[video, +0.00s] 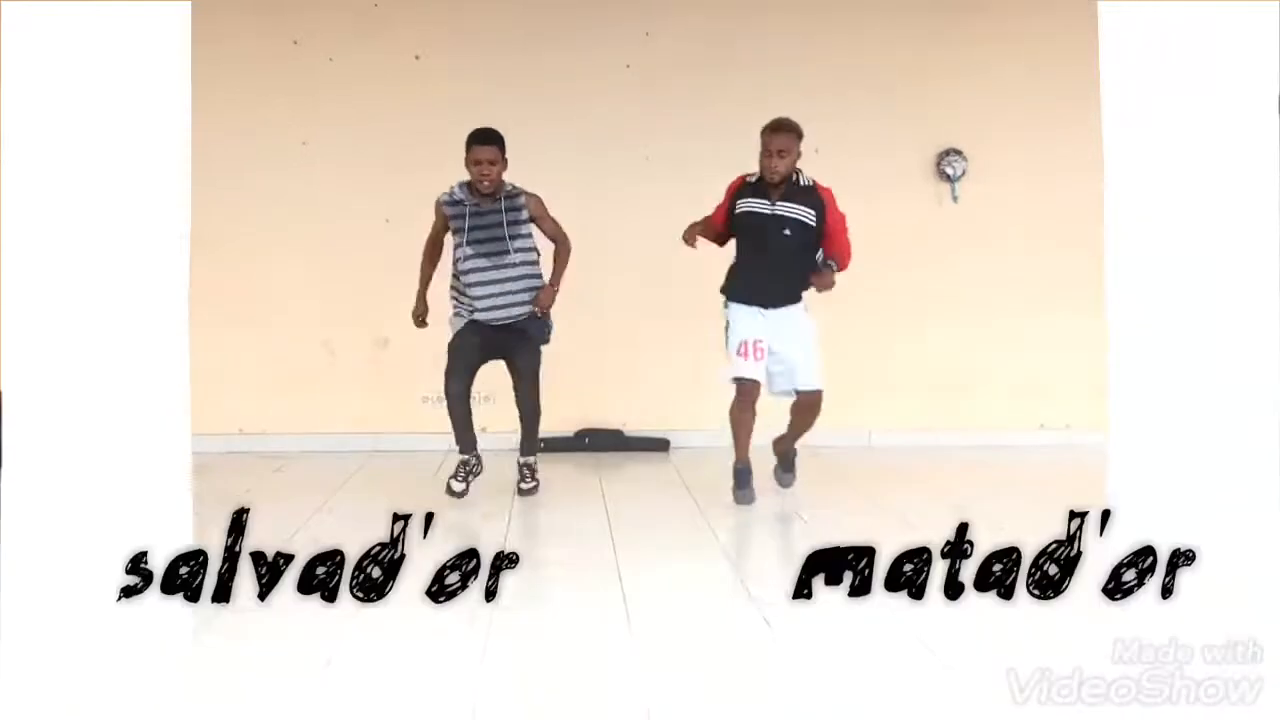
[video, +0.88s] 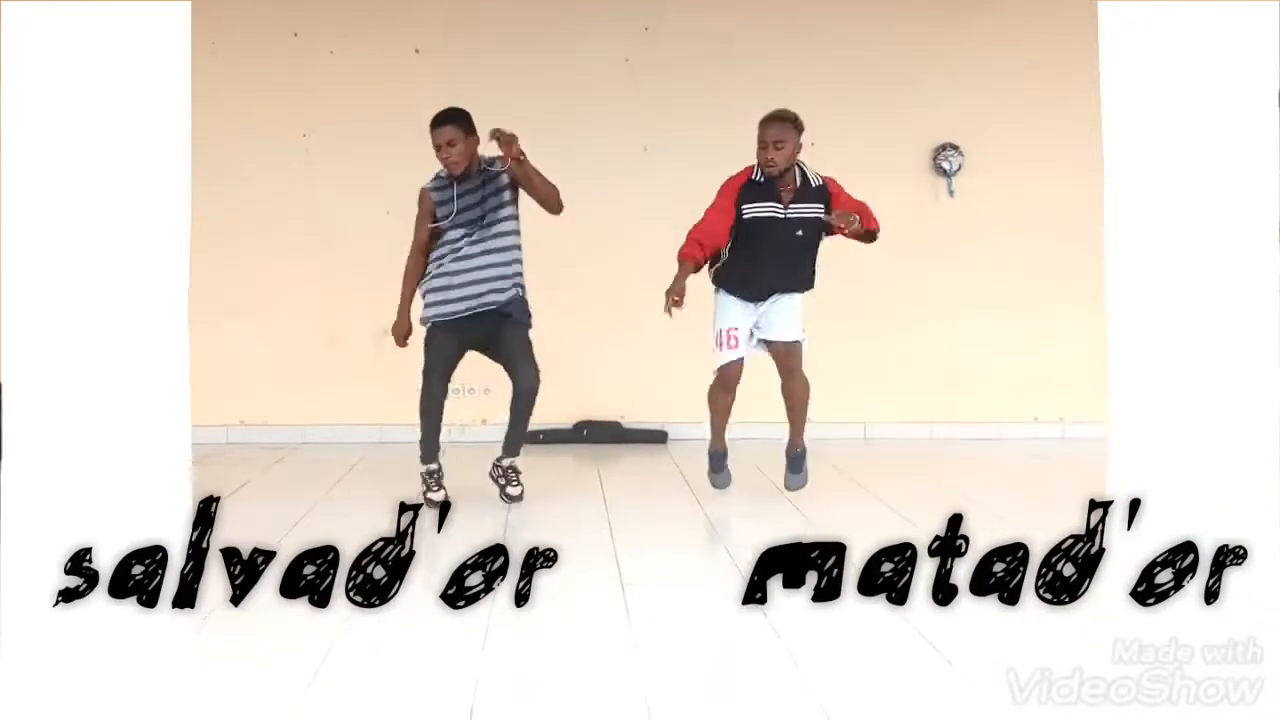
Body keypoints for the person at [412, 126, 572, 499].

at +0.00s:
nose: (484, 170)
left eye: (492, 163)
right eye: (476, 163)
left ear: (504, 163)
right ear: (466, 164)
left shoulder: (526, 202)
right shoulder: (449, 206)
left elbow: (562, 242)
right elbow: (434, 244)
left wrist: (552, 287)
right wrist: (421, 295)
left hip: (522, 321)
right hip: (473, 323)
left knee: (527, 396)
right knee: (455, 389)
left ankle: (528, 462)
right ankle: (469, 458)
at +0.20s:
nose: (489, 185)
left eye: (496, 177)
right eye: (480, 177)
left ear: (506, 179)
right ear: (466, 178)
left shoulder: (523, 219)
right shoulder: (443, 220)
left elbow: (529, 273)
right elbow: (434, 282)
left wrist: (513, 282)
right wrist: (470, 326)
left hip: (509, 315)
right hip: (459, 320)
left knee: (530, 371)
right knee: (449, 392)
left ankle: (515, 461)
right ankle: (464, 471)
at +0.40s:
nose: (469, 125)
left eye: (476, 116)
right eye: (461, 118)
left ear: (489, 116)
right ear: (449, 120)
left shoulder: (512, 157)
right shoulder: (435, 160)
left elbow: (541, 212)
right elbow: (422, 223)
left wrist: (546, 262)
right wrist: (430, 278)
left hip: (506, 284)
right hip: (455, 285)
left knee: (531, 360)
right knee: (443, 364)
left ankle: (534, 450)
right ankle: (437, 437)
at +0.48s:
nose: (465, 116)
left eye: (471, 107)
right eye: (456, 109)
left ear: (485, 106)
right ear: (445, 111)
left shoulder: (514, 149)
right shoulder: (430, 158)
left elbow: (552, 200)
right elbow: (404, 216)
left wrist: (585, 248)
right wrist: (379, 272)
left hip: (507, 278)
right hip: (453, 282)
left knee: (545, 345)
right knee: (431, 359)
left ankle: (580, 432)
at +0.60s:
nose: (460, 129)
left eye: (468, 120)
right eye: (452, 121)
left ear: (481, 119)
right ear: (441, 123)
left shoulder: (506, 156)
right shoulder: (425, 169)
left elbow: (545, 192)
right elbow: (390, 217)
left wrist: (576, 194)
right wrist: (358, 265)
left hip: (506, 285)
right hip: (456, 289)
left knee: (554, 338)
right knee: (447, 369)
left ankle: (561, 435)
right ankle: (392, 353)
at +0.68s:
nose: (457, 138)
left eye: (465, 129)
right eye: (449, 130)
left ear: (478, 128)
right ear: (439, 132)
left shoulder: (502, 169)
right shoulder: (421, 181)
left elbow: (532, 212)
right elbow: (395, 235)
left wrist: (547, 225)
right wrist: (372, 290)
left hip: (508, 292)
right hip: (458, 297)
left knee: (540, 372)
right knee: (447, 377)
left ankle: (522, 463)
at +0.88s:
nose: (445, 154)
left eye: (452, 144)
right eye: (438, 148)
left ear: (473, 139)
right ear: (434, 149)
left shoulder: (506, 169)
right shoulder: (433, 193)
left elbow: (554, 205)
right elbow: (418, 254)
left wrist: (520, 162)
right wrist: (403, 314)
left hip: (501, 311)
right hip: (447, 317)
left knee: (528, 379)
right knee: (433, 389)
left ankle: (507, 462)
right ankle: (430, 465)